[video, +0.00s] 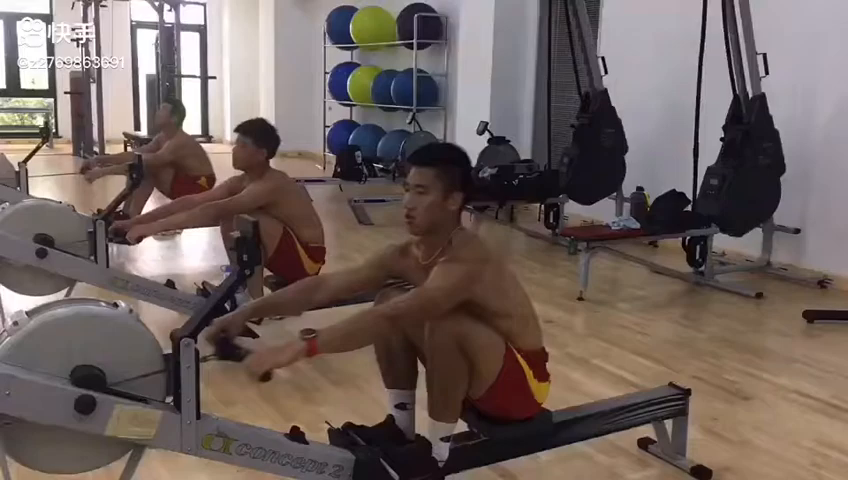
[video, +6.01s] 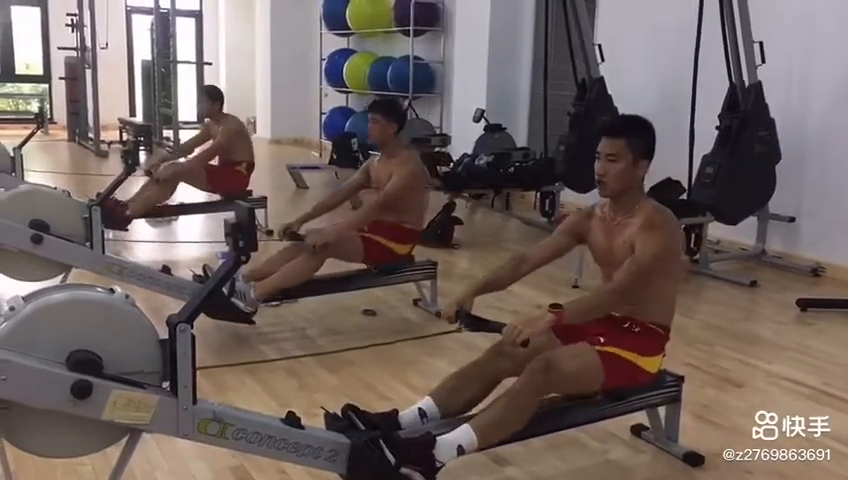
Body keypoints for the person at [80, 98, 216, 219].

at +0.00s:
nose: (156, 113)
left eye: (161, 110)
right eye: (158, 110)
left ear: (173, 118)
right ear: (169, 118)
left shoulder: (178, 143)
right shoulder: (162, 138)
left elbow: (143, 162)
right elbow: (135, 155)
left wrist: (104, 171)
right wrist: (101, 160)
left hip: (199, 190)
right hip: (189, 186)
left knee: (147, 169)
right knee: (143, 168)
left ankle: (132, 219)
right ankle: (127, 215)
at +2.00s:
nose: (218, 110)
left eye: (221, 105)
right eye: (217, 105)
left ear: (235, 106)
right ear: (227, 106)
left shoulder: (248, 131)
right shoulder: (232, 130)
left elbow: (229, 169)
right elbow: (212, 156)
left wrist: (189, 188)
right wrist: (183, 172)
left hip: (241, 186)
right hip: (230, 181)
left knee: (183, 200)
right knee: (180, 196)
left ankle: (126, 218)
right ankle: (124, 212)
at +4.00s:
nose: (252, 89)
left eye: (257, 87)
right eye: (254, 86)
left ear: (266, 94)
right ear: (263, 92)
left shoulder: (263, 121)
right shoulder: (249, 115)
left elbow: (227, 141)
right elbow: (220, 131)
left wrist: (191, 146)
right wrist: (188, 137)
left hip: (247, 173)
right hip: (240, 167)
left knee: (188, 166)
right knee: (183, 163)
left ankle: (142, 205)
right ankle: (140, 198)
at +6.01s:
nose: (197, 106)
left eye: (201, 103)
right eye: (198, 102)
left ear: (215, 104)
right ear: (212, 105)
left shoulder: (230, 127)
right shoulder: (212, 126)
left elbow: (205, 157)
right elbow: (186, 147)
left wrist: (170, 168)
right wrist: (159, 159)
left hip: (235, 181)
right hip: (225, 176)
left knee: (176, 171)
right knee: (170, 170)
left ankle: (128, 214)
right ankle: (127, 208)